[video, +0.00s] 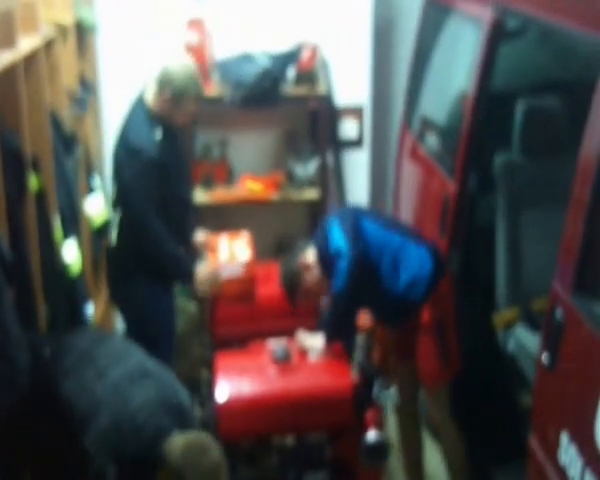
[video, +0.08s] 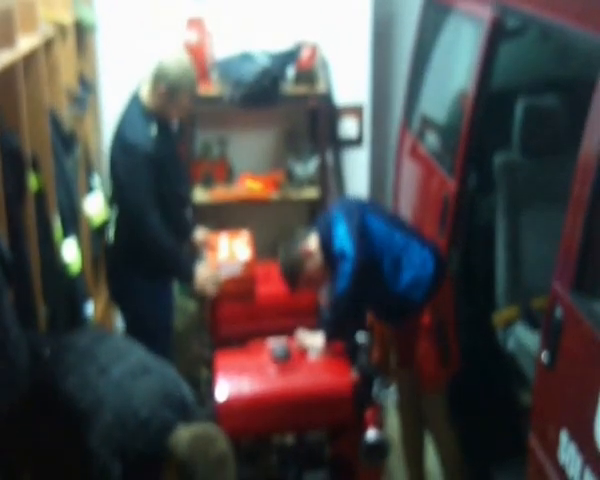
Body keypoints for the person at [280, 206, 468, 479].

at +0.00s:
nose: (320, 295)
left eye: (312, 289)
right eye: (312, 294)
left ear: (307, 265)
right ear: (308, 263)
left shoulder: (339, 225)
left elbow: (344, 284)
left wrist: (326, 334)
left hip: (430, 293)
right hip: (399, 311)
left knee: (436, 406)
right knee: (404, 403)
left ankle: (460, 472)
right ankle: (413, 473)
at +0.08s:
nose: (318, 285)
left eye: (312, 279)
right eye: (312, 284)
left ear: (309, 255)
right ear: (310, 254)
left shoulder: (343, 216)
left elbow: (349, 280)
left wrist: (328, 334)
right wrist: (327, 332)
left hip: (429, 297)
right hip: (401, 309)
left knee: (433, 399)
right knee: (408, 399)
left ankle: (454, 471)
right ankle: (414, 472)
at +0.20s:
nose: (318, 273)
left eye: (313, 268)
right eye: (313, 272)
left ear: (312, 243)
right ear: (314, 242)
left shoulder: (345, 207)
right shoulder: (339, 239)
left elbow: (353, 267)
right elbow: (372, 288)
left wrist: (330, 330)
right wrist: (373, 337)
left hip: (428, 298)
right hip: (402, 308)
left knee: (432, 396)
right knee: (408, 399)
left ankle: (446, 472)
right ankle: (414, 471)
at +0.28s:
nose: (320, 264)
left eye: (315, 260)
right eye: (314, 264)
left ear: (312, 239)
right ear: (312, 238)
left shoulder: (349, 205)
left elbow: (355, 264)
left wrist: (330, 329)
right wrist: (374, 335)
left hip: (428, 297)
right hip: (402, 305)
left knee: (430, 397)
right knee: (410, 397)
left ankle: (443, 471)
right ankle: (416, 472)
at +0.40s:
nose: (320, 251)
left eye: (316, 246)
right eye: (314, 250)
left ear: (315, 225)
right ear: (315, 222)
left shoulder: (357, 197)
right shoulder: (342, 211)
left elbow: (361, 265)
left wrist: (331, 328)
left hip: (426, 295)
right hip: (406, 299)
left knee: (425, 397)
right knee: (417, 396)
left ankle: (431, 470)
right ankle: (424, 468)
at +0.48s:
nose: (323, 249)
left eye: (318, 243)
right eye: (316, 248)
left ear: (318, 219)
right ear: (317, 217)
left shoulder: (359, 191)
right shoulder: (346, 209)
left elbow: (363, 262)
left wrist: (330, 327)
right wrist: (333, 328)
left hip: (427, 296)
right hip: (409, 300)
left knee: (425, 399)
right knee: (418, 397)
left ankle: (432, 470)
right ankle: (424, 469)